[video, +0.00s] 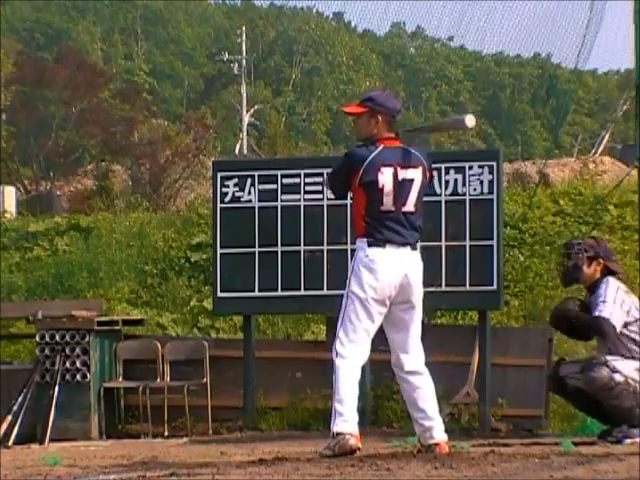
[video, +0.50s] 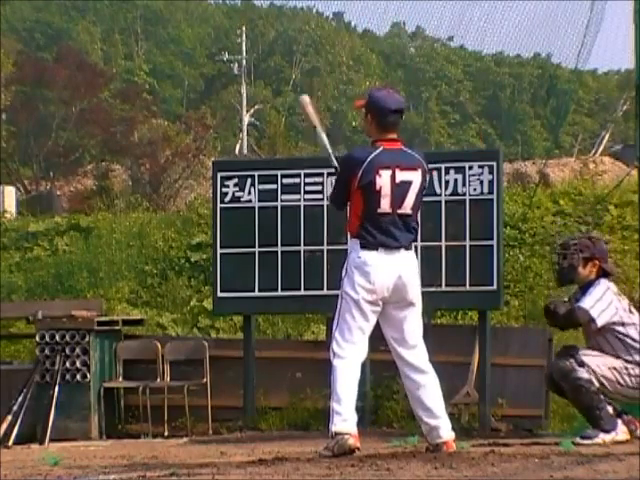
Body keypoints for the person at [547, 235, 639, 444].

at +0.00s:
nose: (571, 266)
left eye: (579, 261)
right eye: (571, 260)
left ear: (598, 265)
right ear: (596, 267)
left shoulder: (609, 287)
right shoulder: (597, 291)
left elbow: (605, 328)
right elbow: (587, 333)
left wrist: (571, 317)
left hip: (632, 366)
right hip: (618, 363)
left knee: (595, 374)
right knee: (560, 375)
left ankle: (633, 424)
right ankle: (620, 424)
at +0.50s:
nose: (566, 264)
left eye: (574, 259)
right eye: (566, 258)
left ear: (594, 266)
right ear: (593, 266)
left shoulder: (602, 288)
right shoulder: (589, 290)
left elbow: (574, 318)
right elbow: (568, 310)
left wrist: (554, 310)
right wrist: (555, 311)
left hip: (633, 371)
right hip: (621, 368)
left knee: (567, 363)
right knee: (556, 373)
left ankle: (611, 428)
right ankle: (620, 421)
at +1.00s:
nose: (562, 282)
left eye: (570, 278)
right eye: (564, 276)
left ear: (592, 286)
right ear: (592, 286)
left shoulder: (596, 309)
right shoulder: (602, 306)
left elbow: (563, 345)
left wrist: (541, 317)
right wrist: (532, 317)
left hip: (630, 396)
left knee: (556, 371)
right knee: (559, 367)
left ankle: (606, 426)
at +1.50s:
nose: (555, 287)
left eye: (563, 282)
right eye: (556, 281)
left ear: (585, 289)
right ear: (585, 290)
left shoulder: (587, 312)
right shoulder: (601, 309)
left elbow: (572, 357)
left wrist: (527, 341)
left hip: (629, 398)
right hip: (631, 394)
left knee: (552, 374)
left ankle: (606, 426)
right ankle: (624, 422)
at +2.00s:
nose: (552, 289)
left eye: (561, 283)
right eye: (554, 282)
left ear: (582, 290)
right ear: (583, 291)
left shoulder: (585, 312)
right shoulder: (600, 310)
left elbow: (571, 363)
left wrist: (530, 349)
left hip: (629, 398)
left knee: (551, 375)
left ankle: (606, 426)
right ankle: (626, 423)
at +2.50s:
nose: (545, 273)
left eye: (553, 267)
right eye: (546, 266)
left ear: (575, 273)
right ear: (576, 275)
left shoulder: (581, 294)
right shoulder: (593, 292)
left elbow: (579, 345)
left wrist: (538, 359)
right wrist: (552, 354)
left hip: (631, 370)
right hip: (630, 367)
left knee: (556, 372)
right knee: (572, 367)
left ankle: (606, 426)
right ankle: (623, 420)